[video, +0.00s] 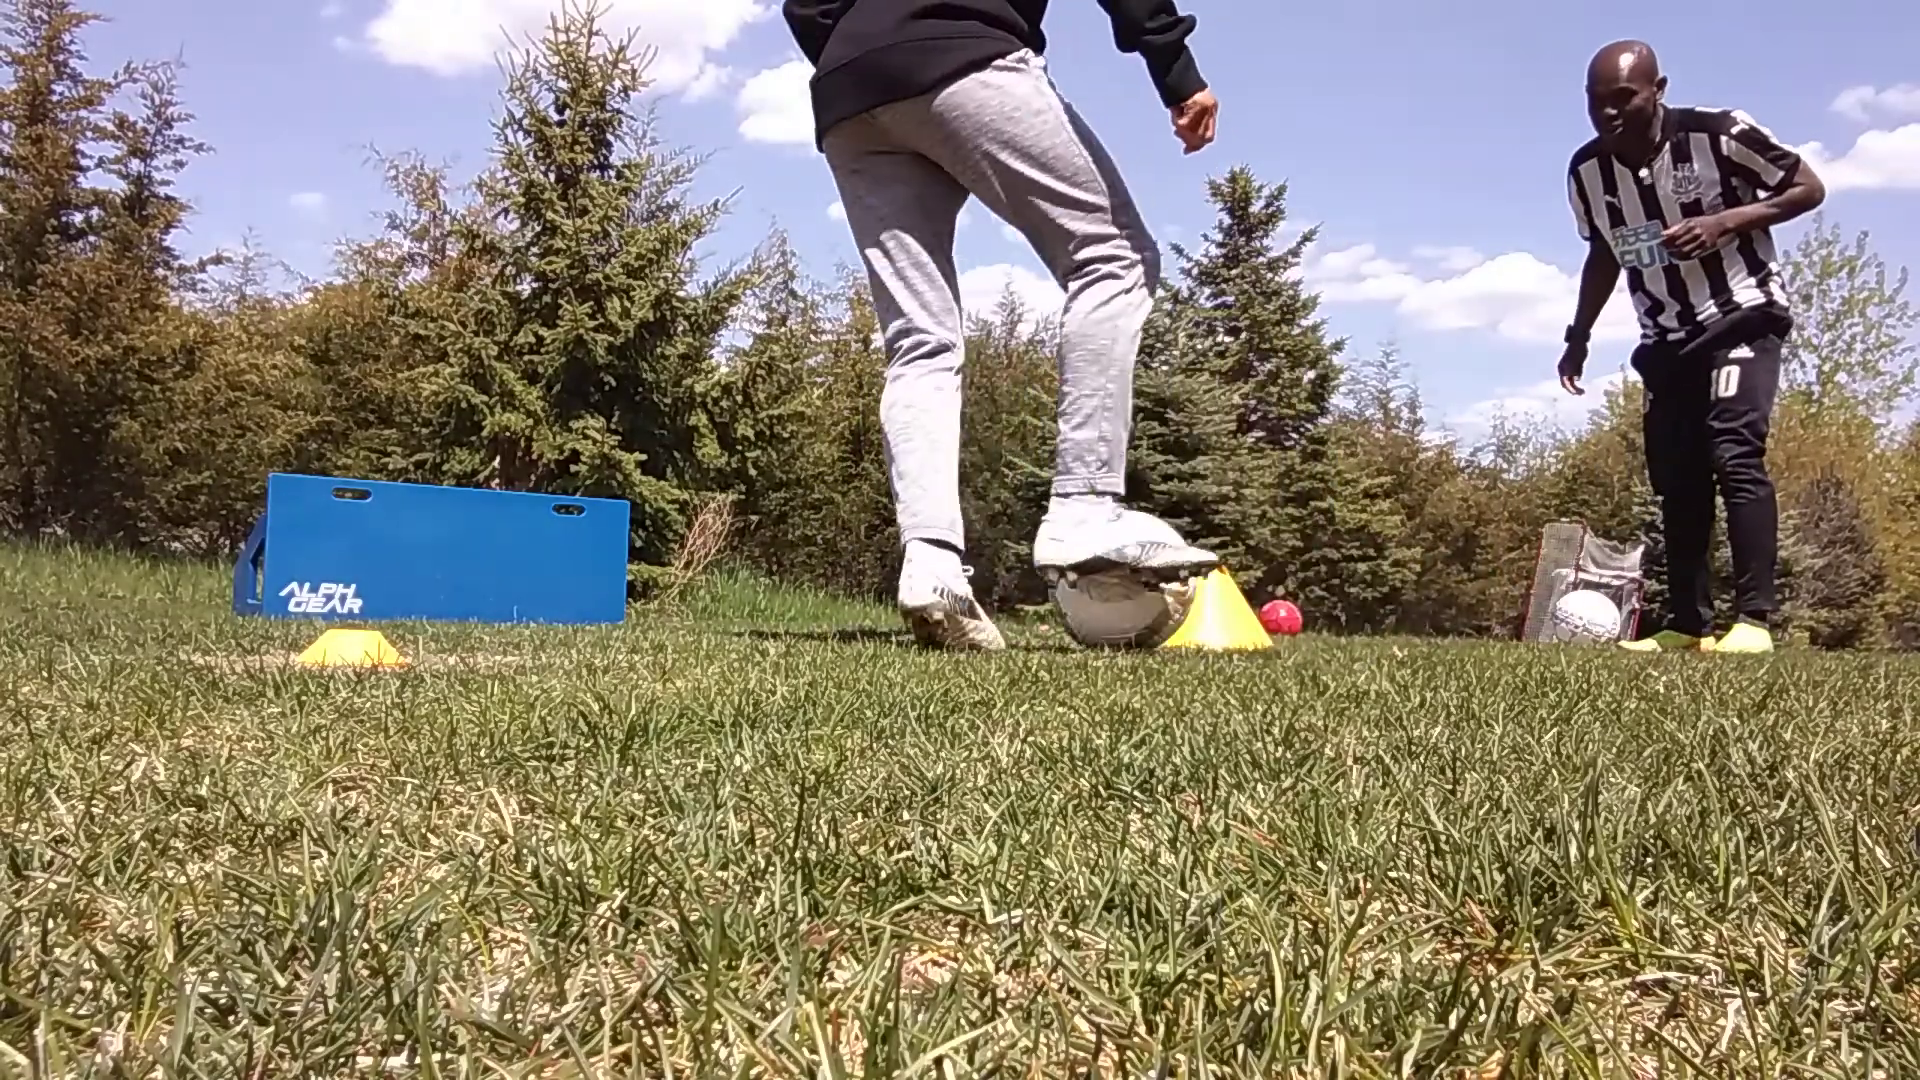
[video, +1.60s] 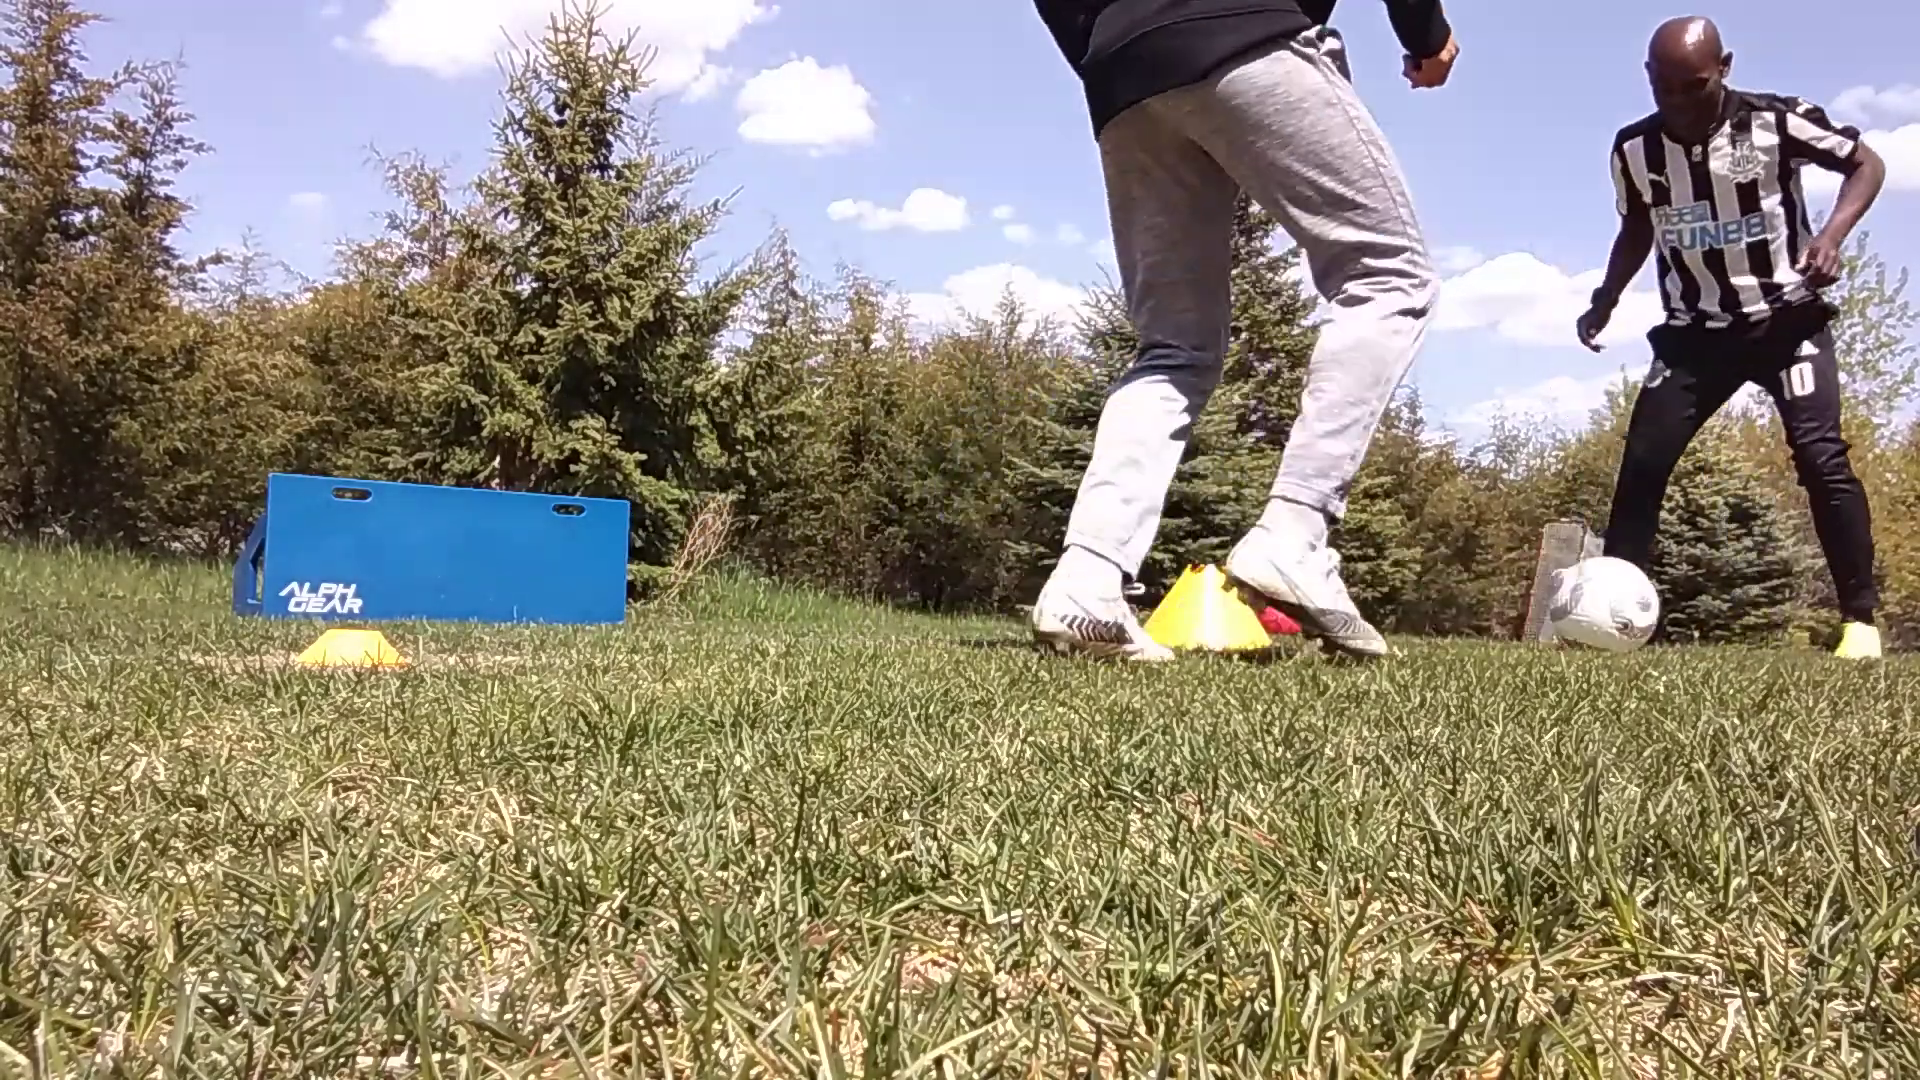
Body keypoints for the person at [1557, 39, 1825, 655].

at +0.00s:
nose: (1607, 114)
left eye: (1621, 100)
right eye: (1597, 103)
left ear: (1657, 92)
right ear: (1587, 102)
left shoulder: (1721, 133)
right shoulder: (1588, 171)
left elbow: (1808, 188)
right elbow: (1604, 253)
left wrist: (1725, 220)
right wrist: (1580, 333)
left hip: (1742, 319)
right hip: (1667, 338)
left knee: (1735, 457)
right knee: (1677, 479)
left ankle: (1754, 622)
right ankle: (1689, 625)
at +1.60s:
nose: (1676, 105)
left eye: (1692, 89)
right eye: (1664, 89)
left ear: (1724, 70)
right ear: (1648, 77)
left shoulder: (1779, 120)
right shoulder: (1633, 149)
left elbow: (1868, 165)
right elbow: (1636, 226)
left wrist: (1832, 233)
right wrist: (1605, 298)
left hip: (1788, 323)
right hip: (1696, 333)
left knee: (1820, 459)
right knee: (1642, 460)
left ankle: (1860, 620)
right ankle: (1614, 612)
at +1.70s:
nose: (1710, 109)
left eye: (1728, 92)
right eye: (1697, 92)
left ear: (1756, 73)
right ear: (1680, 77)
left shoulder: (1812, 120)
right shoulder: (1661, 157)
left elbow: (1891, 171)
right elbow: (1662, 247)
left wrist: (1861, 255)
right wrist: (1630, 319)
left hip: (1818, 323)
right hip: (1727, 334)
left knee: (1831, 463)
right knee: (1652, 434)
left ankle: (1864, 624)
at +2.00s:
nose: (1748, 81)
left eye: (1760, 67)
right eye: (1737, 68)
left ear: (1785, 60)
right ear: (1722, 64)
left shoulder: (1837, 113)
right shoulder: (1721, 138)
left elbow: (1917, 168)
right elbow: (1711, 230)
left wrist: (1889, 258)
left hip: (1861, 318)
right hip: (1787, 332)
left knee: (1853, 462)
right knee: (1755, 455)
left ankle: (1874, 625)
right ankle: (1795, 614)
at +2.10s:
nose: (1781, 16)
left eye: (1799, 8)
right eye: (1775, 5)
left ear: (1820, 22)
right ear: (1753, 13)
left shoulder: (1836, 107)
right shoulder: (1719, 121)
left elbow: (1916, 165)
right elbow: (1703, 224)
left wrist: (1887, 256)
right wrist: (1700, 314)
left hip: (1851, 309)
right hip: (1761, 313)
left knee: (1849, 452)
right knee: (1736, 453)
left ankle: (1861, 601)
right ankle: (1770, 603)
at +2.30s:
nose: (1737, 61)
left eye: (1746, 45)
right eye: (1724, 50)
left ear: (1775, 52)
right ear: (1710, 67)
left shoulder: (1808, 113)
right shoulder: (1703, 141)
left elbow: (1898, 181)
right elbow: (1689, 242)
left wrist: (1862, 256)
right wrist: (1667, 325)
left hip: (1820, 317)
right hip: (1738, 327)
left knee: (1824, 458)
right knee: (1702, 467)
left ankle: (1838, 617)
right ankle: (1682, 621)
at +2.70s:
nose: (1650, 58)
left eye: (1665, 47)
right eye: (1641, 50)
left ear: (1698, 60)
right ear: (1631, 67)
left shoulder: (1747, 119)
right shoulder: (1611, 160)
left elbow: (1820, 194)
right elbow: (1607, 259)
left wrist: (1783, 256)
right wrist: (1595, 334)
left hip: (1756, 327)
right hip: (1675, 346)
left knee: (1769, 462)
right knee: (1676, 478)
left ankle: (1809, 602)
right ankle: (1676, 623)